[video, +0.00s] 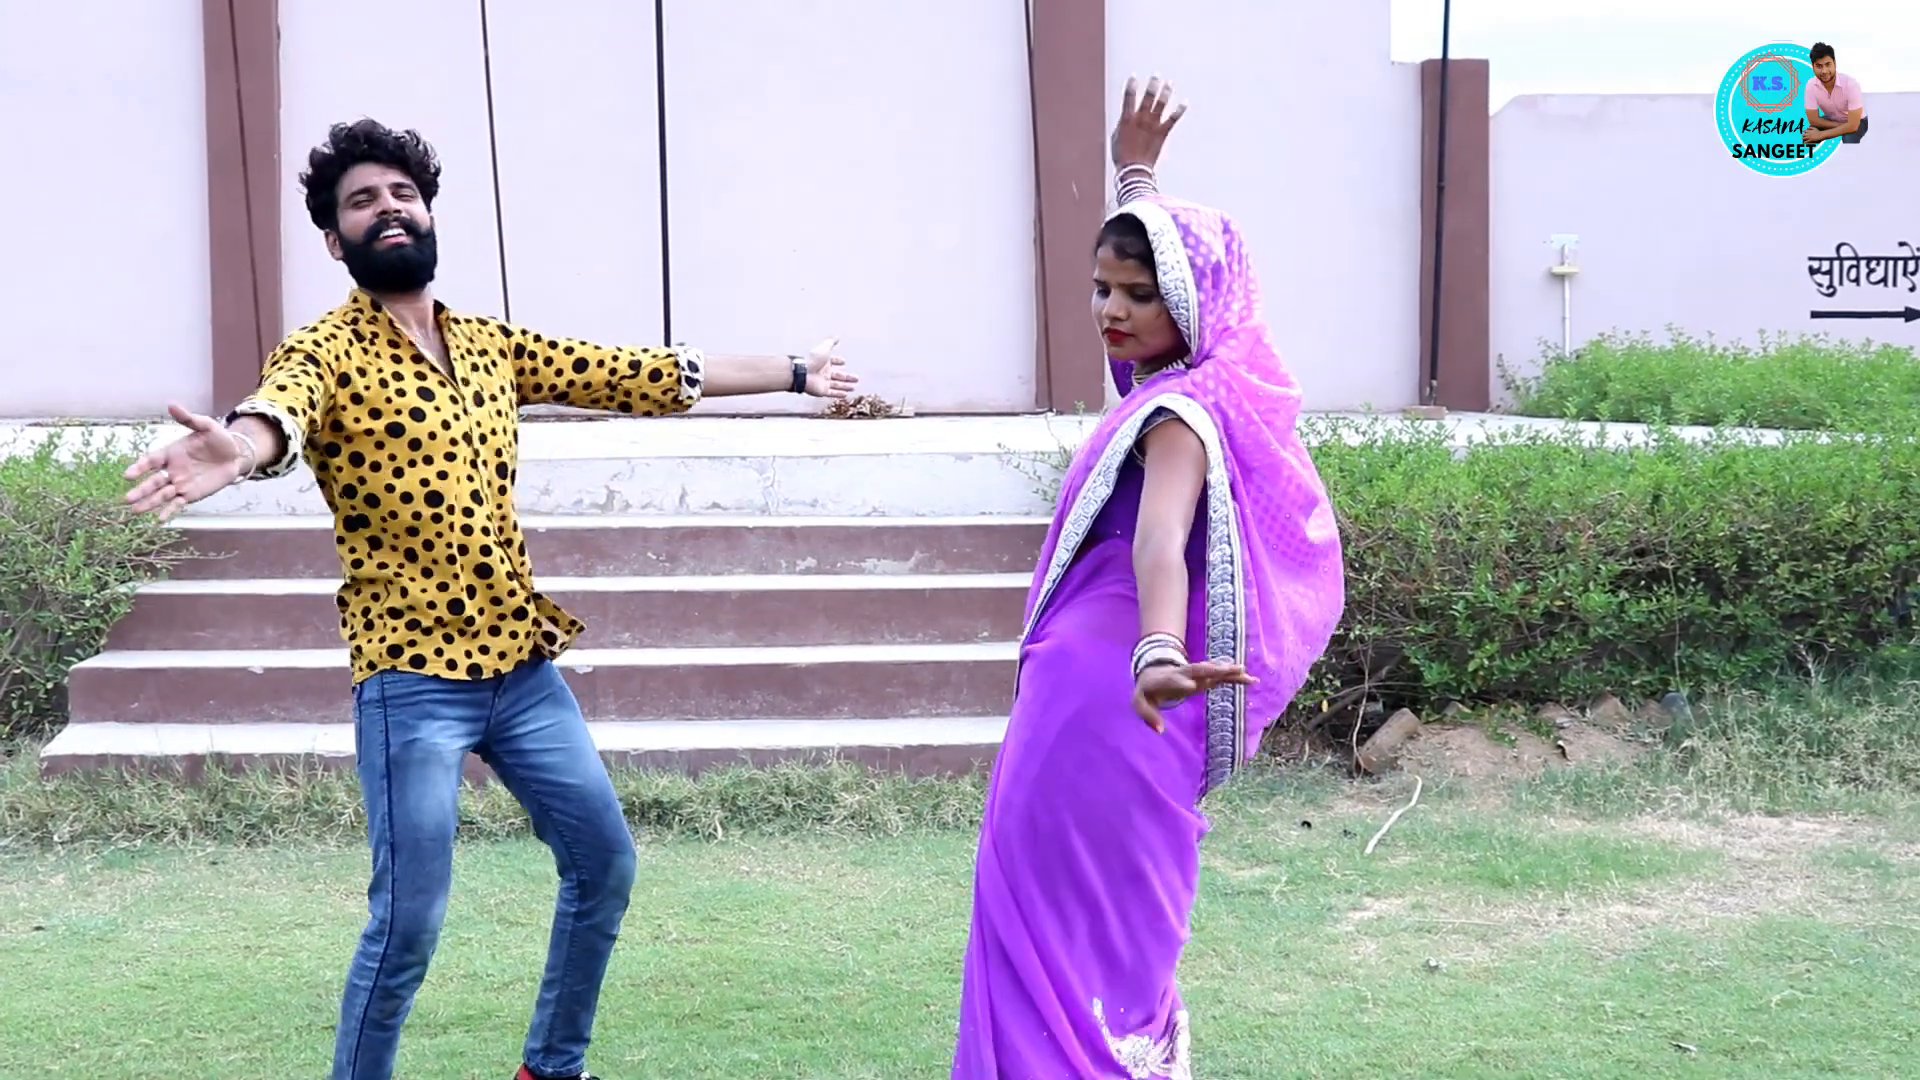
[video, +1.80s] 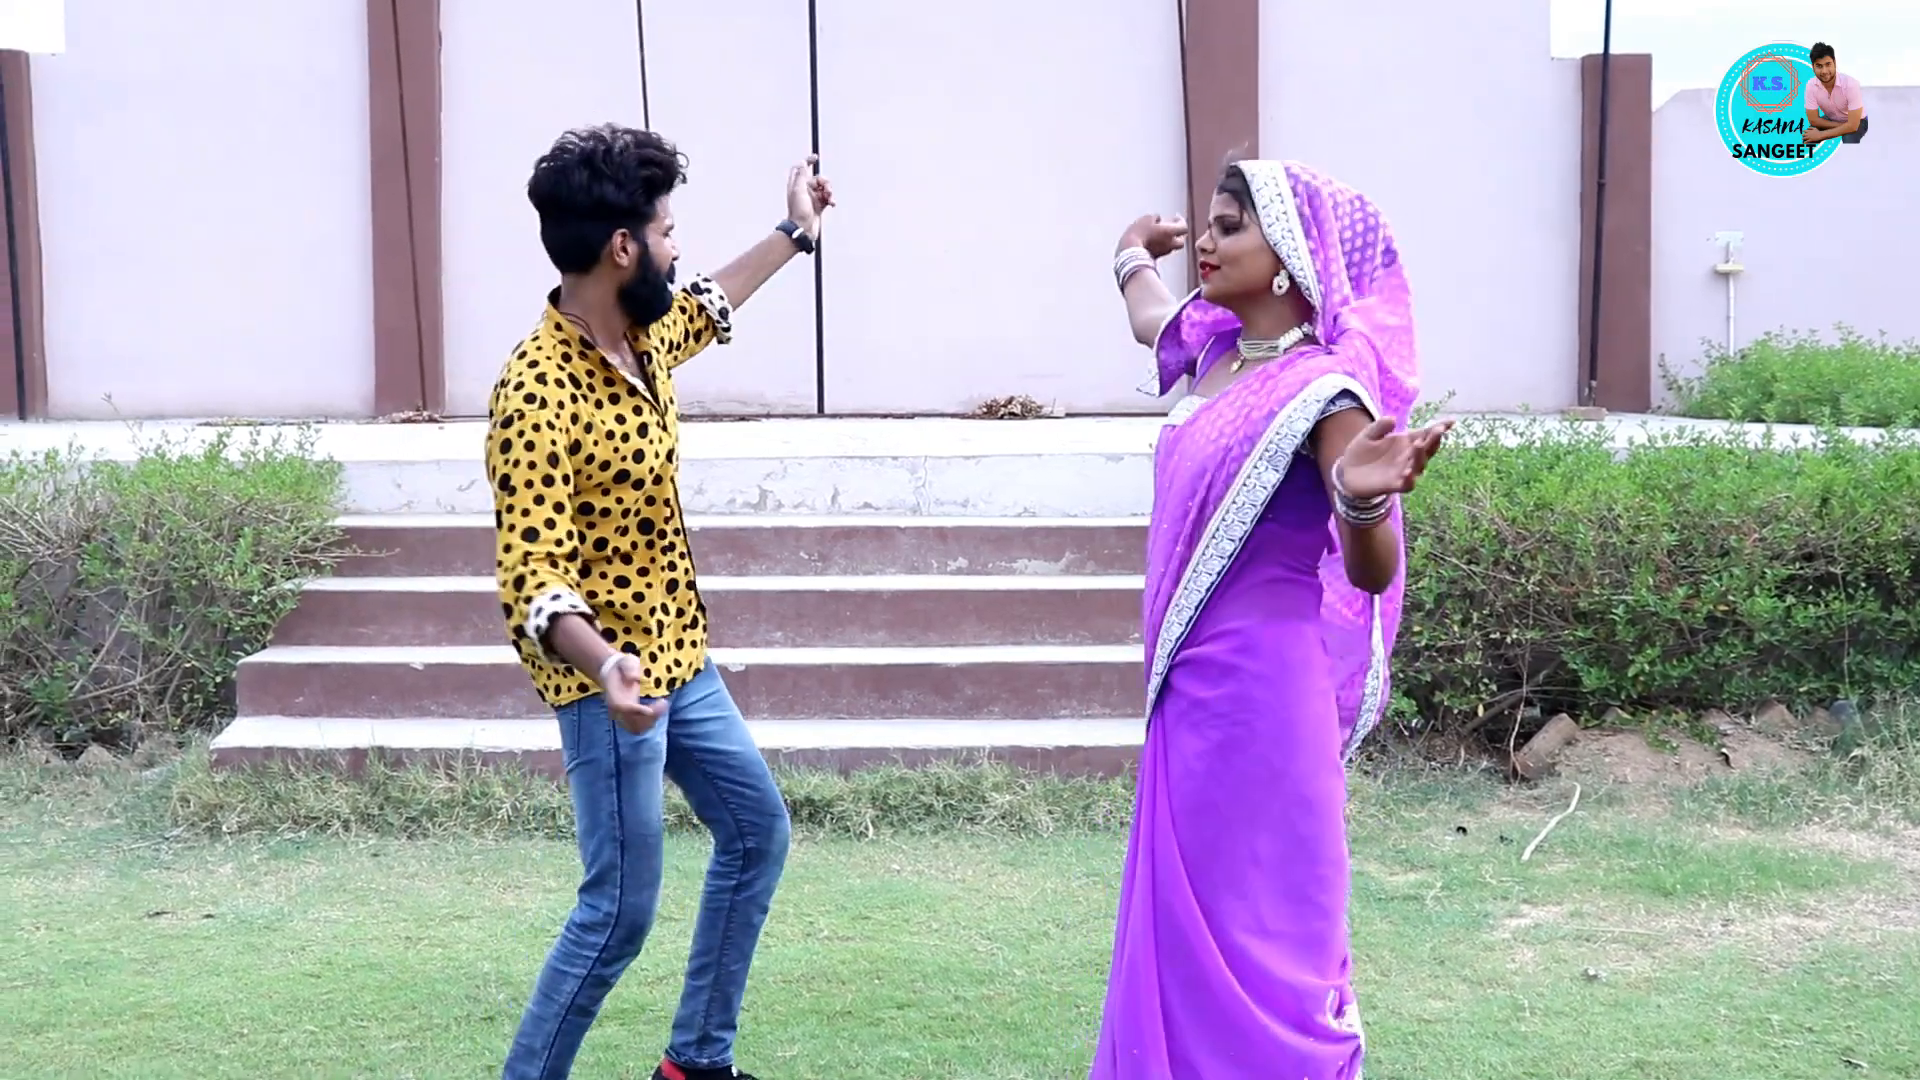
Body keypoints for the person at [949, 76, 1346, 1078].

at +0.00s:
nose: (1111, 311)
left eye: (1135, 294)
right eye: (1104, 290)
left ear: (1189, 307)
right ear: (1103, 291)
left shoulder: (1177, 414)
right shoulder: (1167, 392)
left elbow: (1164, 541)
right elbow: (1128, 275)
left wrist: (1159, 646)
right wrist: (1134, 172)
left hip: (1099, 718)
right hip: (1112, 708)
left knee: (1029, 939)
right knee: (1122, 949)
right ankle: (1137, 1056)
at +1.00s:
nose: (1091, 286)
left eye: (1113, 265)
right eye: (1088, 264)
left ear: (1175, 276)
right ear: (1195, 278)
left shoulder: (1153, 398)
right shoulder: (1236, 379)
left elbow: (1114, 548)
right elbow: (1211, 267)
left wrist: (1048, 669)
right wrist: (1163, 177)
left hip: (1120, 725)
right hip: (1194, 725)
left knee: (983, 921)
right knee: (1176, 962)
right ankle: (1175, 1064)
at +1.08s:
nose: (1108, 290)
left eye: (1129, 269)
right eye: (1104, 268)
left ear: (1196, 278)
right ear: (1206, 286)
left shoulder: (1170, 405)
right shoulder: (1259, 395)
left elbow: (1128, 566)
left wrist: (1046, 694)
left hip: (1138, 726)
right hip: (1211, 725)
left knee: (1044, 955)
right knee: (1186, 958)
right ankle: (1187, 1063)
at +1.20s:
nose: (1123, 281)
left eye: (1144, 262)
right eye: (1121, 260)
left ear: (1208, 275)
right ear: (1226, 278)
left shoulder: (1189, 405)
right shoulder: (1266, 384)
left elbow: (1149, 561)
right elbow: (1256, 265)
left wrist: (1069, 686)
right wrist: (1205, 181)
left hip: (1148, 714)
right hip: (1213, 712)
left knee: (1078, 963)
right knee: (1189, 959)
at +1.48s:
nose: (1197, 275)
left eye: (1220, 258)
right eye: (1193, 257)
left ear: (1282, 275)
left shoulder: (1263, 403)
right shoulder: (1300, 372)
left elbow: (1230, 555)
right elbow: (1207, 317)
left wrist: (1186, 662)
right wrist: (1188, 207)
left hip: (1216, 717)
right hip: (1263, 711)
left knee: (1086, 928)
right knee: (1244, 953)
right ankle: (1259, 1062)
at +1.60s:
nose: (1207, 259)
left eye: (1231, 245)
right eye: (1206, 240)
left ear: (1296, 267)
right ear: (1200, 244)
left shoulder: (1296, 390)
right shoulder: (1262, 368)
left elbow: (1287, 543)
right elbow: (1199, 318)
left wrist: (1253, 606)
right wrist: (1184, 210)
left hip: (1231, 711)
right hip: (1196, 698)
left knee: (1204, 955)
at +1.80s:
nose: (1205, 243)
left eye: (1229, 225)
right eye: (1208, 227)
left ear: (1294, 252)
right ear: (1252, 261)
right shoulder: (1220, 356)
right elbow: (1160, 321)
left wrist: (1365, 504)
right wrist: (1134, 259)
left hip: (1271, 690)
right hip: (1189, 684)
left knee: (1268, 946)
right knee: (1171, 932)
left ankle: (1296, 1064)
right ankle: (1172, 1066)